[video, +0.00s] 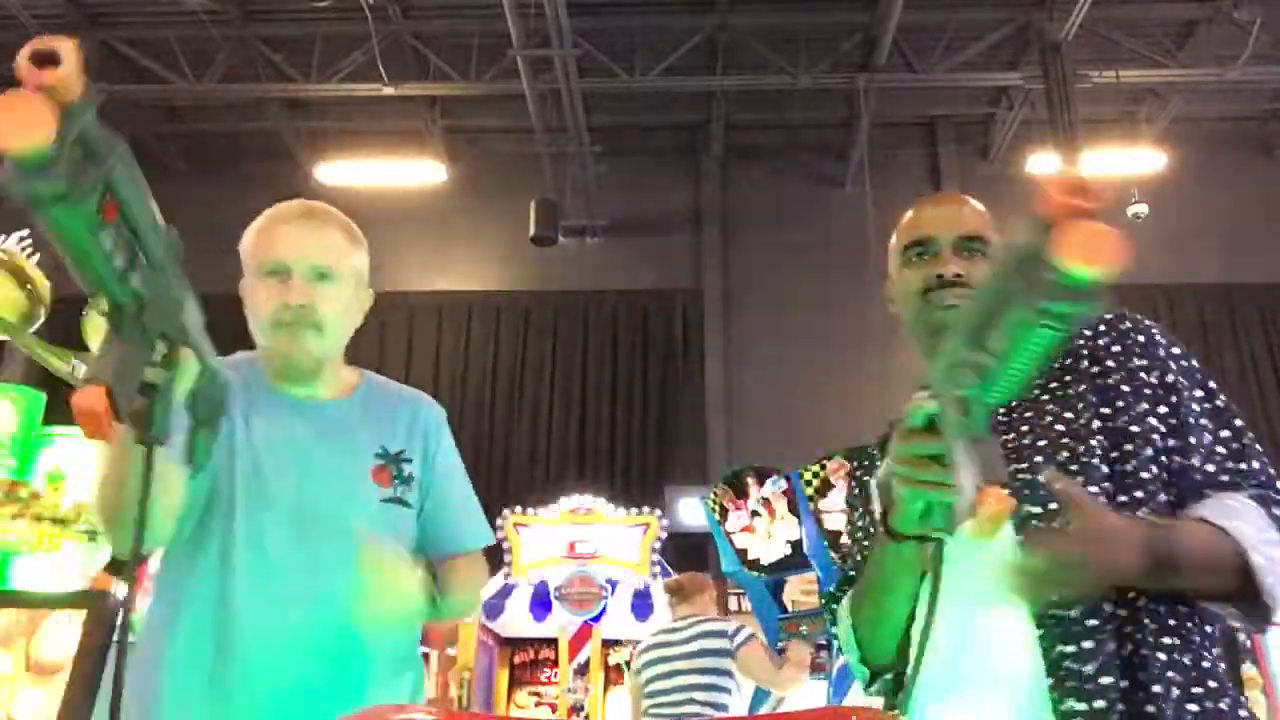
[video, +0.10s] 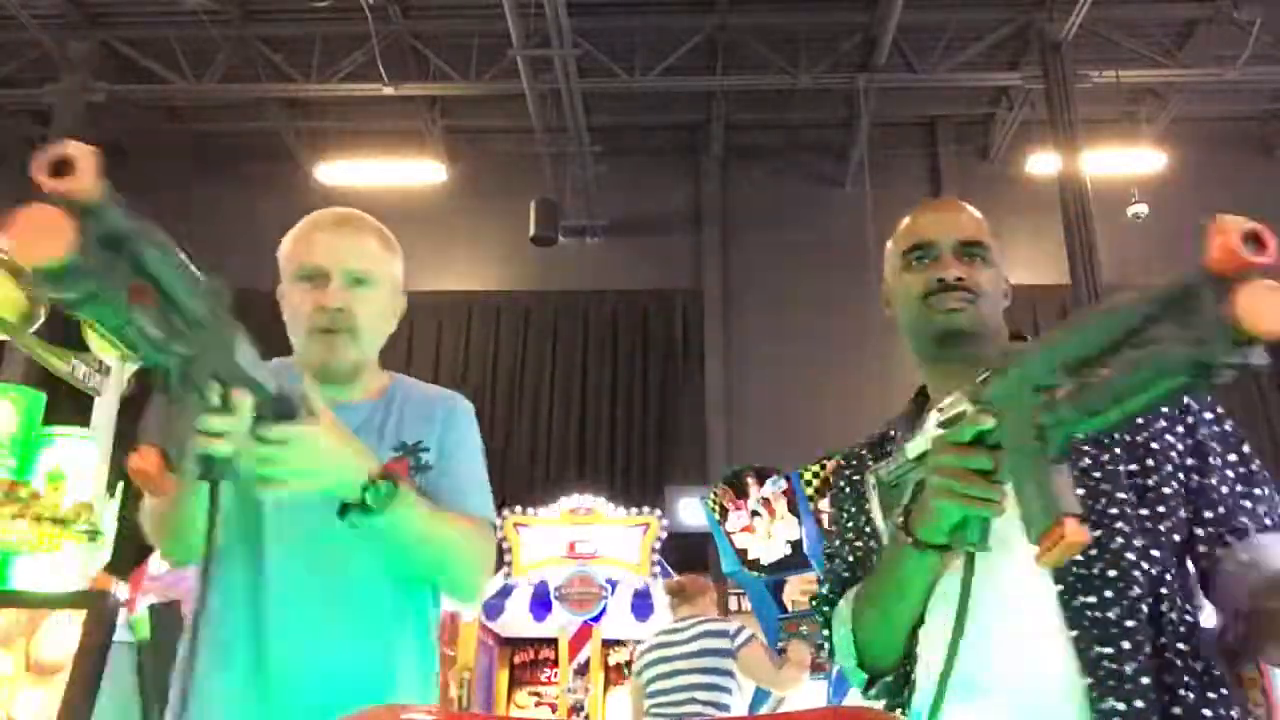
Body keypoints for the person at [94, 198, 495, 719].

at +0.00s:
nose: (297, 296)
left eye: (322, 277)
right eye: (276, 275)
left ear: (362, 303)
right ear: (245, 295)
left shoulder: (413, 422)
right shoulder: (195, 397)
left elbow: (466, 579)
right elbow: (131, 536)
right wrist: (141, 401)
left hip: (358, 711)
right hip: (190, 704)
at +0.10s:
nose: (333, 300)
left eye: (359, 282)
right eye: (311, 279)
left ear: (396, 308)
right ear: (280, 298)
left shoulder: (440, 416)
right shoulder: (235, 396)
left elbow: (470, 573)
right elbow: (178, 547)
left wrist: (365, 481)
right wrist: (198, 465)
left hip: (379, 704)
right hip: (228, 703)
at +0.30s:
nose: (299, 297)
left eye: (326, 277)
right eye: (278, 273)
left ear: (366, 305)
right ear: (244, 292)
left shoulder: (411, 407)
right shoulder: (181, 397)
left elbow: (429, 565)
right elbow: (145, 572)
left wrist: (289, 485)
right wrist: (186, 484)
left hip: (357, 706)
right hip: (198, 705)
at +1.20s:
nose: (324, 322)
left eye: (349, 306)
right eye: (304, 300)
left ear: (379, 335)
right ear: (265, 318)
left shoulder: (416, 431)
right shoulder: (200, 416)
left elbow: (431, 577)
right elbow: (173, 583)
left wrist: (300, 505)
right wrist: (204, 477)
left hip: (353, 709)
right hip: (205, 707)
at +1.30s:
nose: (335, 329)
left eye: (358, 315)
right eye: (316, 307)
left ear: (383, 335)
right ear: (277, 323)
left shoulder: (420, 439)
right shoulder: (213, 419)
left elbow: (450, 582)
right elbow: (203, 574)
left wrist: (358, 525)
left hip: (363, 709)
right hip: (213, 708)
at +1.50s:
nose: (315, 326)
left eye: (341, 309)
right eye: (295, 304)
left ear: (374, 333)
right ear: (260, 319)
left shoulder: (409, 429)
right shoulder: (194, 422)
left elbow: (435, 573)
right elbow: (182, 583)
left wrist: (316, 517)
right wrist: (234, 512)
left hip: (356, 707)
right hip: (203, 708)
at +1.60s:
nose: (288, 321)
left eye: (315, 303)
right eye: (270, 298)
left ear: (357, 326)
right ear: (241, 310)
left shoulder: (398, 421)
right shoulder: (185, 414)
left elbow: (413, 564)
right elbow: (151, 582)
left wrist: (268, 486)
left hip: (343, 709)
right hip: (188, 709)